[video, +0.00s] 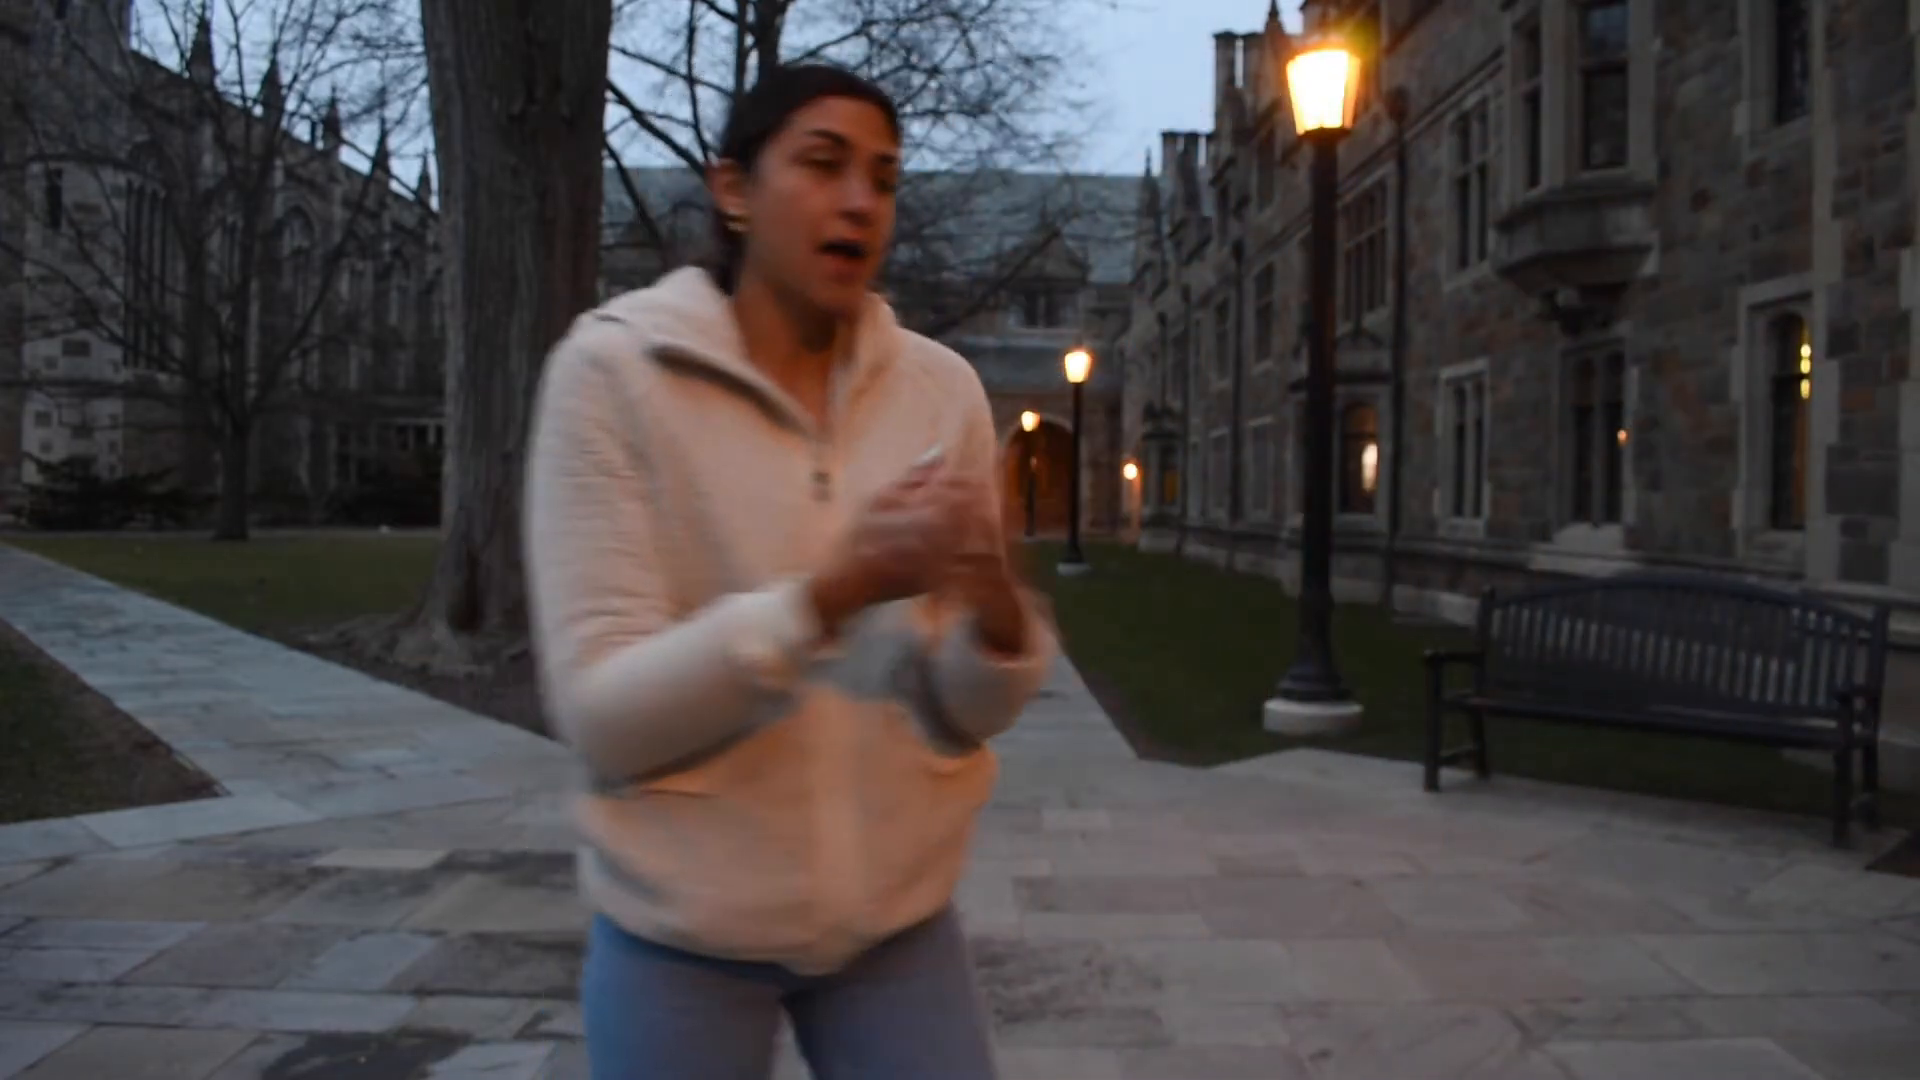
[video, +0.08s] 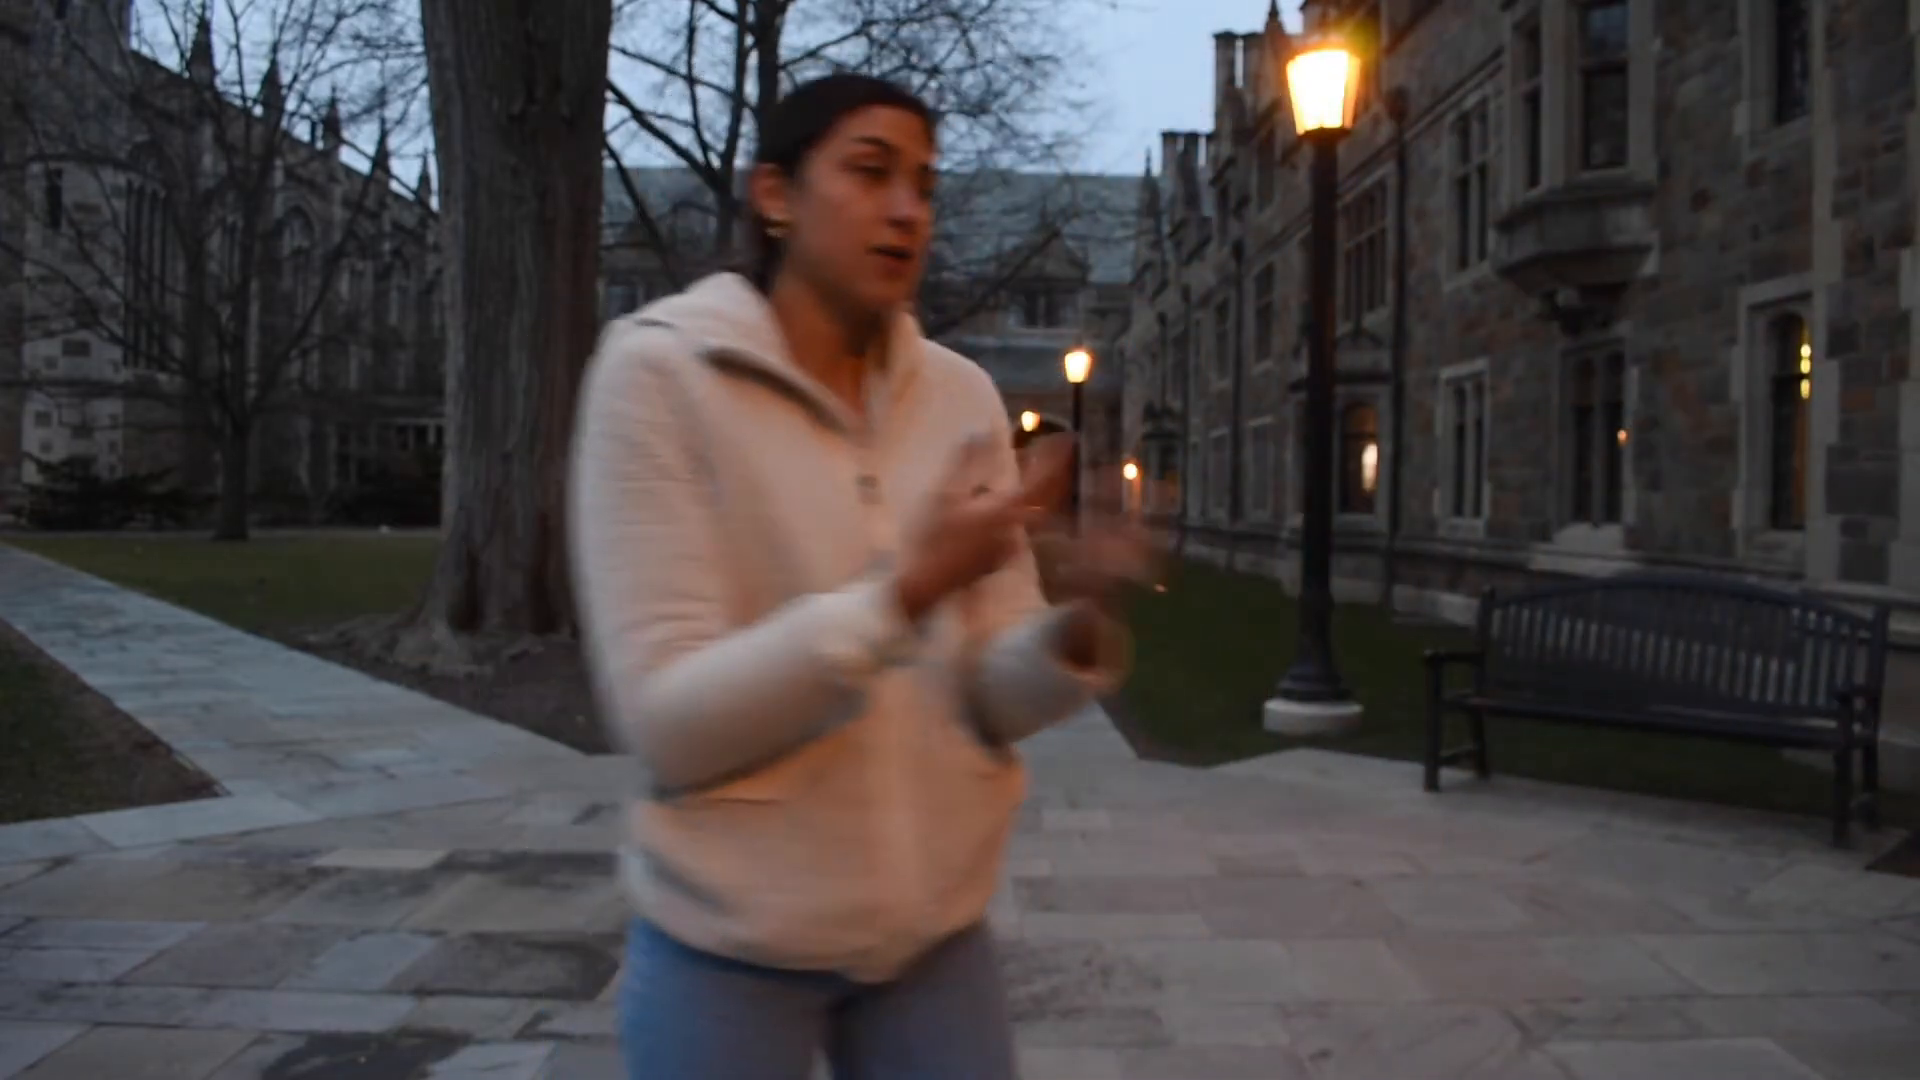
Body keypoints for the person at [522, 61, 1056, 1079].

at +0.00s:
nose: (862, 204)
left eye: (882, 179)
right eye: (821, 163)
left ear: (895, 210)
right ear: (732, 189)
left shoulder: (941, 389)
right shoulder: (612, 372)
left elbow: (970, 712)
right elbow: (604, 719)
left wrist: (995, 606)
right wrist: (839, 587)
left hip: (896, 920)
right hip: (679, 931)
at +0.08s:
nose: (910, 211)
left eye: (923, 187)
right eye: (870, 171)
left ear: (936, 215)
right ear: (773, 195)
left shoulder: (961, 397)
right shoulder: (656, 372)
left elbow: (993, 696)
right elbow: (667, 728)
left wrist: (1080, 626)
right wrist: (907, 592)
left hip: (938, 939)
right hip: (728, 949)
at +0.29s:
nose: (1045, 224)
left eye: (1042, 191)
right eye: (1006, 183)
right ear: (902, 202)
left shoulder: (1025, 406)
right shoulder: (788, 378)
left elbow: (1068, 690)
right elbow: (843, 739)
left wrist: (1255, 630)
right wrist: (1118, 644)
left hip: (1037, 932)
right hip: (865, 949)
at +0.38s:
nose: (1094, 225)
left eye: (1086, 192)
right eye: (1056, 187)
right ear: (953, 204)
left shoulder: (1050, 404)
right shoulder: (848, 382)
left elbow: (1082, 693)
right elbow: (910, 744)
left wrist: (1286, 631)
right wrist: (1181, 653)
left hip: (1066, 935)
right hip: (915, 948)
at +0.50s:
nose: (1165, 224)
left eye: (1156, 191)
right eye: (1130, 187)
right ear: (1031, 204)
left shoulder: (1070, 392)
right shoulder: (941, 381)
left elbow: (1095, 684)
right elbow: (1010, 743)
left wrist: (1337, 645)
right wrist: (1292, 643)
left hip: (1076, 950)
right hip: (982, 963)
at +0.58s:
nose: (1213, 227)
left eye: (1204, 192)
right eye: (1178, 187)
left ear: (1092, 209)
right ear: (1080, 202)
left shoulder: (1070, 373)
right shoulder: (1007, 374)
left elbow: (1101, 703)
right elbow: (1073, 743)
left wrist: (1348, 650)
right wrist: (1340, 650)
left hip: (1077, 952)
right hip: (1027, 964)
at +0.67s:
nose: (1259, 230)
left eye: (1252, 195)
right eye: (1228, 189)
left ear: (1141, 210)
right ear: (1131, 202)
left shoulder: (1100, 368)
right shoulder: (1069, 372)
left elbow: (1155, 702)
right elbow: (1135, 745)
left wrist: (1400, 649)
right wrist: (1397, 650)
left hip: (1089, 954)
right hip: (1068, 965)